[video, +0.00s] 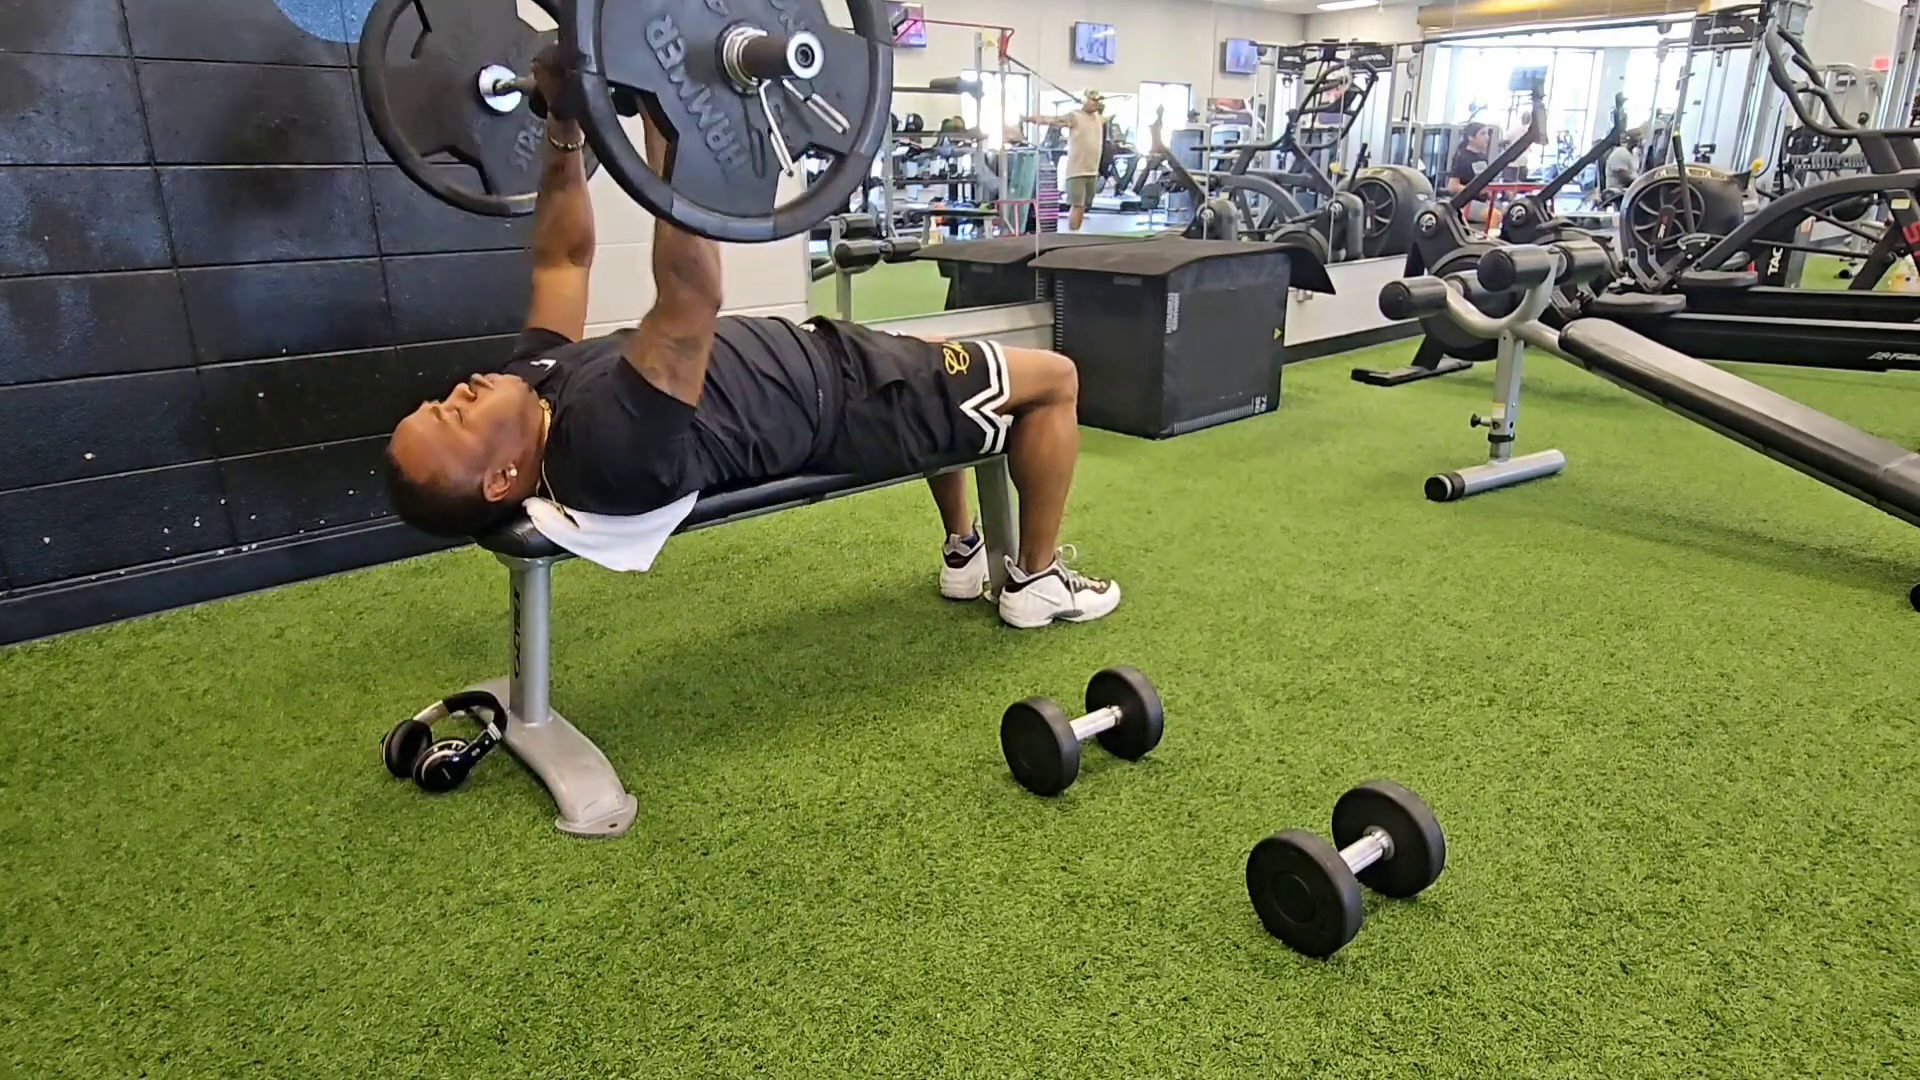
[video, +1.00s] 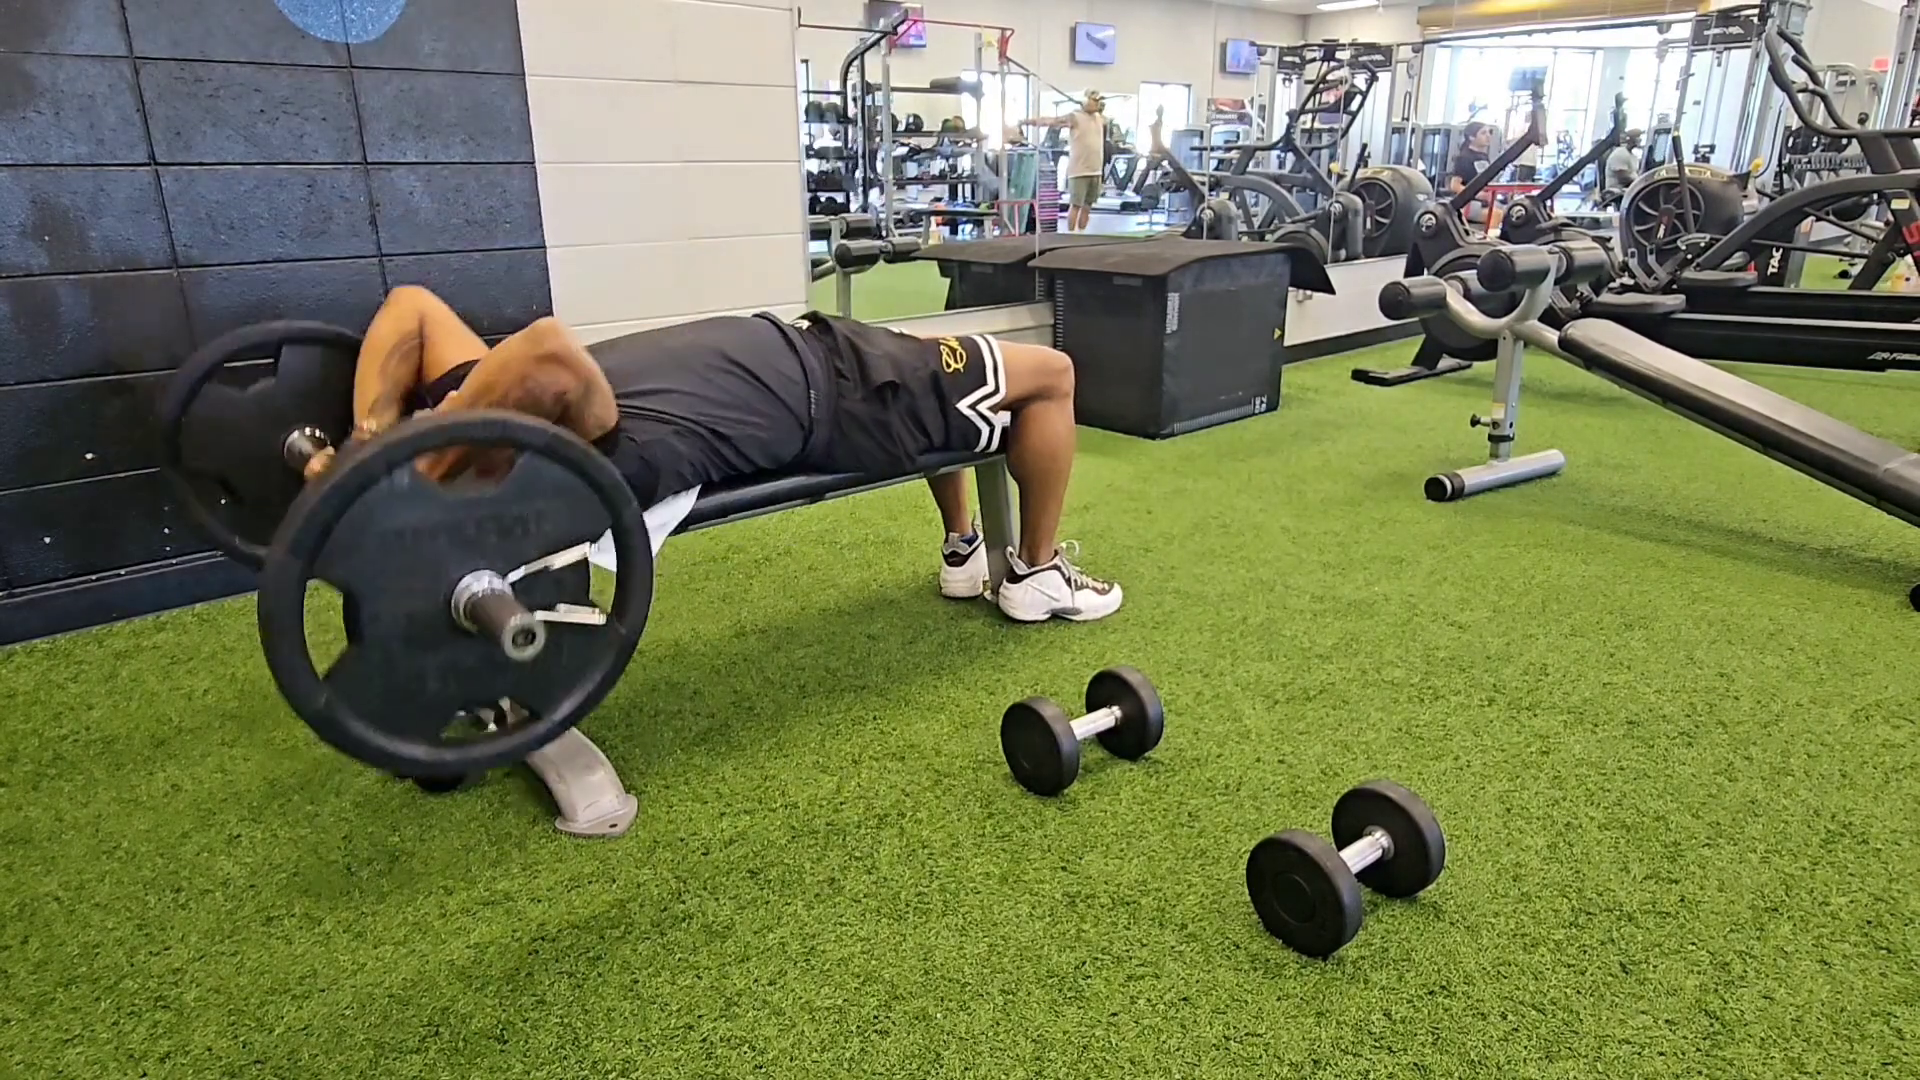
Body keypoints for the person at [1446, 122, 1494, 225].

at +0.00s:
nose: (1487, 138)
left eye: (1487, 134)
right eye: (1482, 134)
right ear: (1470, 137)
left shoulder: (1483, 157)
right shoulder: (1462, 156)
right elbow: (1452, 186)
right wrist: (1477, 191)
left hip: (1485, 200)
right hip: (1465, 202)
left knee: (1508, 211)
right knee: (1495, 216)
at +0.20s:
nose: (1488, 137)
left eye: (1488, 133)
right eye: (1483, 133)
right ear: (1471, 137)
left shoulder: (1483, 157)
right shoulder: (1463, 156)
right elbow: (1456, 183)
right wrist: (1480, 192)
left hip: (1485, 201)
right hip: (1467, 202)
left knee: (1508, 212)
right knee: (1495, 216)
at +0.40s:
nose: (1490, 136)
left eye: (1490, 132)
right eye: (1485, 133)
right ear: (1473, 137)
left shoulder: (1484, 156)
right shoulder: (1465, 156)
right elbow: (1456, 184)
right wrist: (1480, 194)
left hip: (1486, 202)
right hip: (1468, 203)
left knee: (1510, 212)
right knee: (1495, 216)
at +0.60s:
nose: (1490, 136)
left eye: (1490, 132)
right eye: (1485, 133)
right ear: (1473, 137)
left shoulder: (1484, 157)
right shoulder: (1465, 156)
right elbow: (1457, 185)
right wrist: (1479, 194)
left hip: (1485, 201)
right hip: (1468, 203)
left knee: (1507, 211)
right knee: (1496, 216)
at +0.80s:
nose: (1488, 136)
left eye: (1489, 133)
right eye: (1483, 133)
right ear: (1471, 137)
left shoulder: (1484, 157)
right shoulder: (1465, 156)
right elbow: (1456, 184)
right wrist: (1479, 194)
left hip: (1486, 201)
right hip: (1469, 203)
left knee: (1508, 211)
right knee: (1496, 214)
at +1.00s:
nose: (1488, 136)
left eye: (1488, 132)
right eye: (1483, 133)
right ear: (1471, 137)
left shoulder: (1484, 156)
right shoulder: (1464, 157)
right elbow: (1455, 185)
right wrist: (1480, 195)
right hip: (1469, 203)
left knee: (1508, 212)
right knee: (1496, 215)